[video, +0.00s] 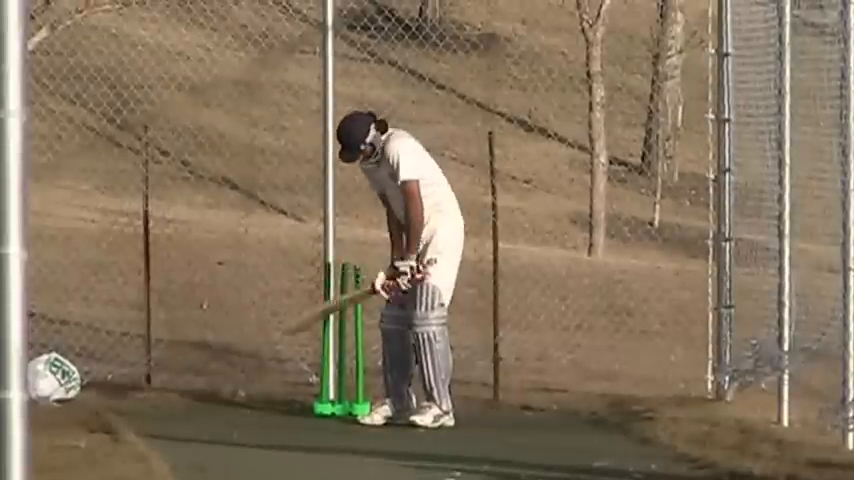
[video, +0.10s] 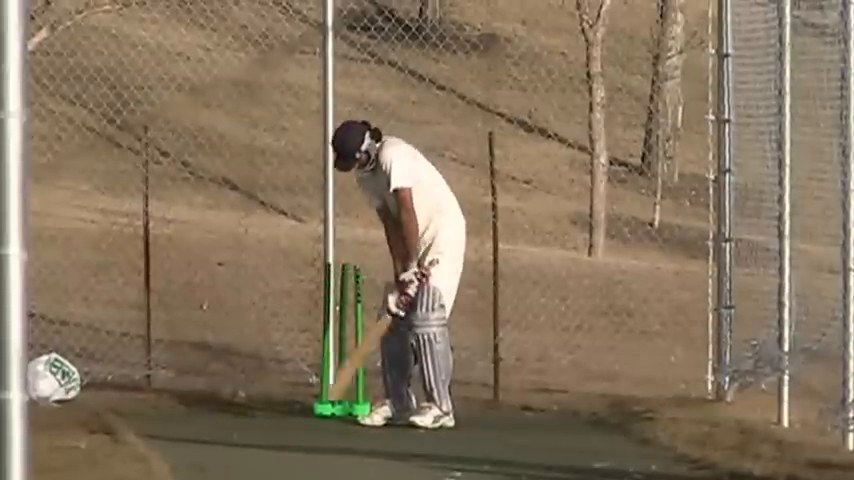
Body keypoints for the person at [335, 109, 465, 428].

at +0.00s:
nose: (360, 160)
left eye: (362, 153)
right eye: (357, 156)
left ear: (373, 140)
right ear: (357, 147)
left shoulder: (398, 148)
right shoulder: (369, 162)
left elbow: (415, 205)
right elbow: (393, 214)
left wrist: (410, 257)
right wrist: (395, 264)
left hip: (439, 235)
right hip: (412, 240)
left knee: (426, 320)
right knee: (393, 321)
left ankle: (439, 406)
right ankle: (399, 401)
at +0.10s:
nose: (354, 170)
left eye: (355, 163)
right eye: (350, 165)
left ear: (368, 150)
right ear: (355, 156)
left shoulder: (393, 155)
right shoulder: (366, 174)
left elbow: (407, 210)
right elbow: (389, 223)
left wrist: (410, 267)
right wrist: (400, 275)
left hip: (441, 239)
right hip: (412, 244)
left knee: (428, 321)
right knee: (396, 324)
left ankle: (439, 406)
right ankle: (399, 401)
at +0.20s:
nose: (351, 177)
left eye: (352, 169)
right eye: (346, 173)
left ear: (364, 158)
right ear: (350, 166)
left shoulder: (389, 166)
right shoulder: (362, 184)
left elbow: (400, 219)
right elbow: (383, 234)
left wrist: (409, 273)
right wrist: (400, 281)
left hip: (443, 240)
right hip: (412, 246)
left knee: (427, 318)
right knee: (387, 320)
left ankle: (440, 407)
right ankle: (399, 401)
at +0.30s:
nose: (349, 178)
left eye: (351, 170)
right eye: (345, 174)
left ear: (364, 158)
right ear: (346, 168)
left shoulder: (387, 167)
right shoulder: (359, 185)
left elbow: (399, 220)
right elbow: (382, 236)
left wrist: (410, 274)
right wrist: (400, 283)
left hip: (444, 243)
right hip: (413, 248)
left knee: (428, 319)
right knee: (385, 319)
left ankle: (440, 407)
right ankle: (398, 401)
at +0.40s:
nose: (356, 166)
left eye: (360, 157)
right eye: (348, 163)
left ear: (370, 147)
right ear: (341, 164)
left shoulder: (389, 168)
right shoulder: (358, 185)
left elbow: (401, 223)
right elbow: (382, 238)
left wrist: (411, 275)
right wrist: (400, 285)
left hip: (444, 242)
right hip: (413, 248)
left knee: (428, 319)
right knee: (385, 320)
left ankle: (440, 408)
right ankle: (398, 402)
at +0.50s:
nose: (362, 154)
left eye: (367, 146)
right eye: (354, 149)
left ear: (377, 141)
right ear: (345, 152)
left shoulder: (393, 167)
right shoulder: (359, 185)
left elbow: (403, 221)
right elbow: (383, 238)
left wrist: (411, 276)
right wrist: (401, 285)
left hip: (444, 241)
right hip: (411, 249)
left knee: (428, 321)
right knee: (385, 321)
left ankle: (440, 408)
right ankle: (397, 404)